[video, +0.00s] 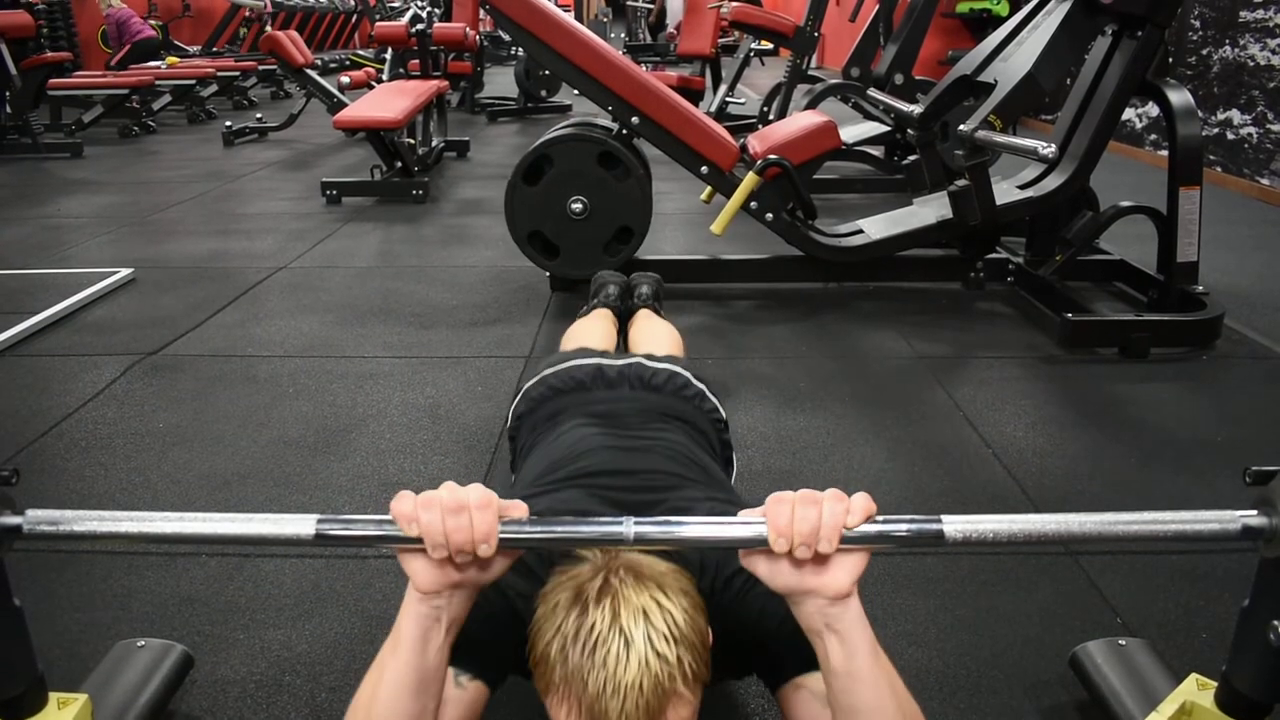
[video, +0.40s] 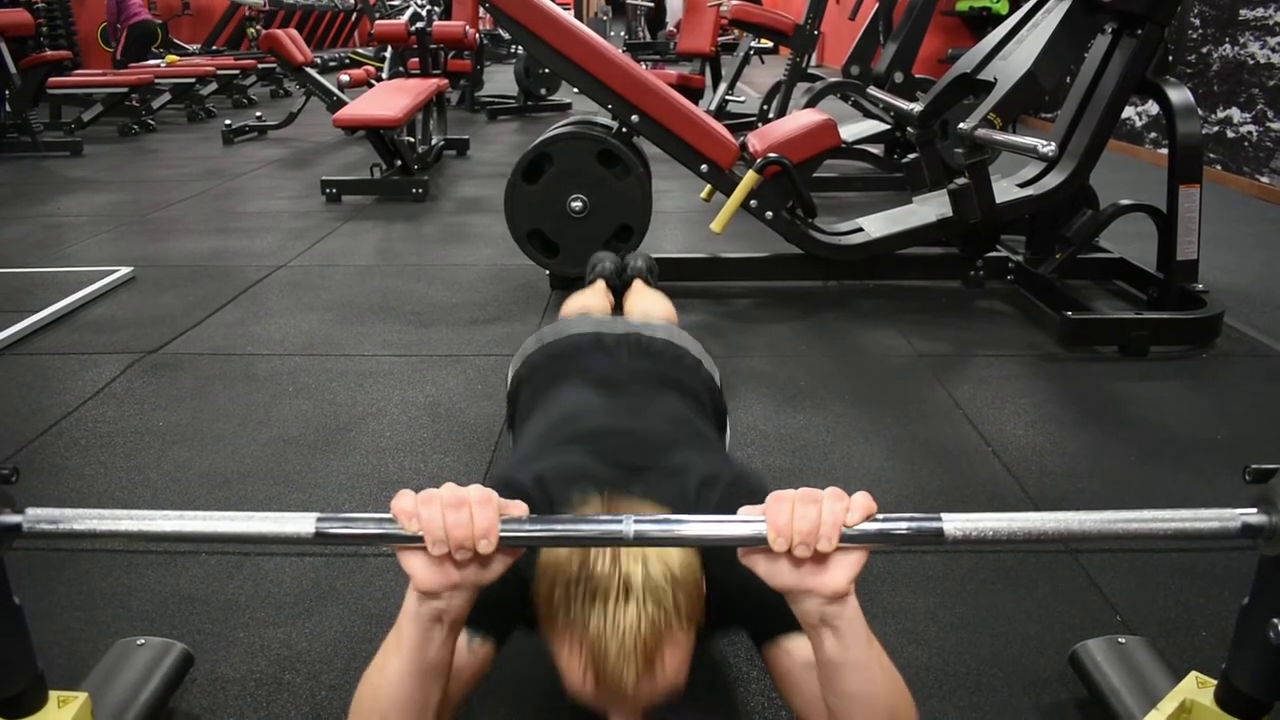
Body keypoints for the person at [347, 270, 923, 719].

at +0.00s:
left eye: (666, 718)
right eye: (589, 719)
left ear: (696, 673)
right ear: (550, 691)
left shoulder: (747, 599)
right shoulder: (502, 596)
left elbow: (844, 713)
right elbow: (419, 712)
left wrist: (835, 614)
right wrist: (431, 604)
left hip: (685, 405)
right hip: (557, 405)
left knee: (659, 343)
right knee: (584, 340)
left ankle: (639, 301)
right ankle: (604, 299)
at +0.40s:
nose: (623, 697)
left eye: (651, 669)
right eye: (594, 675)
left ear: (690, 608)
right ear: (550, 612)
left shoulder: (748, 540)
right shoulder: (502, 547)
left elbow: (849, 708)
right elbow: (403, 706)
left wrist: (833, 613)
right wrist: (431, 609)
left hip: (679, 364)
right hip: (549, 363)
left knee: (655, 318)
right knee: (575, 316)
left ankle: (637, 285)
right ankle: (594, 284)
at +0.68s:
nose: (632, 503)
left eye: (657, 480)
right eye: (608, 478)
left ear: (695, 423)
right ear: (572, 413)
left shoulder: (740, 369)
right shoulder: (528, 349)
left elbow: (846, 598)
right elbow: (405, 556)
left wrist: (820, 559)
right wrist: (444, 531)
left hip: (671, 222)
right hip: (556, 217)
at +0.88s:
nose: (648, 411)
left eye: (675, 385)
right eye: (623, 382)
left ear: (714, 327)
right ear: (585, 315)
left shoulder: (749, 279)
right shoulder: (540, 273)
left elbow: (827, 414)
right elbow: (454, 409)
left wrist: (827, 481)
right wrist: (446, 480)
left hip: (669, 174)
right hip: (556, 168)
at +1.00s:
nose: (645, 369)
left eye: (672, 341)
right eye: (619, 341)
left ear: (707, 286)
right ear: (579, 283)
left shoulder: (751, 250)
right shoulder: (534, 249)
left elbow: (820, 375)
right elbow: (451, 376)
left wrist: (821, 474)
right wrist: (446, 476)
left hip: (665, 161)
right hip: (553, 158)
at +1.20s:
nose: (630, 292)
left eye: (657, 258)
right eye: (604, 258)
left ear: (691, 209)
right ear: (565, 214)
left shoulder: (736, 188)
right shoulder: (532, 182)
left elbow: (793, 312)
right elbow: (462, 314)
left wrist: (817, 456)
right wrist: (448, 456)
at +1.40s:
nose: (615, 219)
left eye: (642, 188)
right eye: (587, 191)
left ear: (679, 150)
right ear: (550, 159)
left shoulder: (728, 149)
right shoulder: (516, 151)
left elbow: (775, 271)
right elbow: (469, 278)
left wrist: (820, 438)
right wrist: (450, 438)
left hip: (658, 269)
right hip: (570, 268)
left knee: (646, 288)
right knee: (593, 286)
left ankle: (639, 299)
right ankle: (601, 297)